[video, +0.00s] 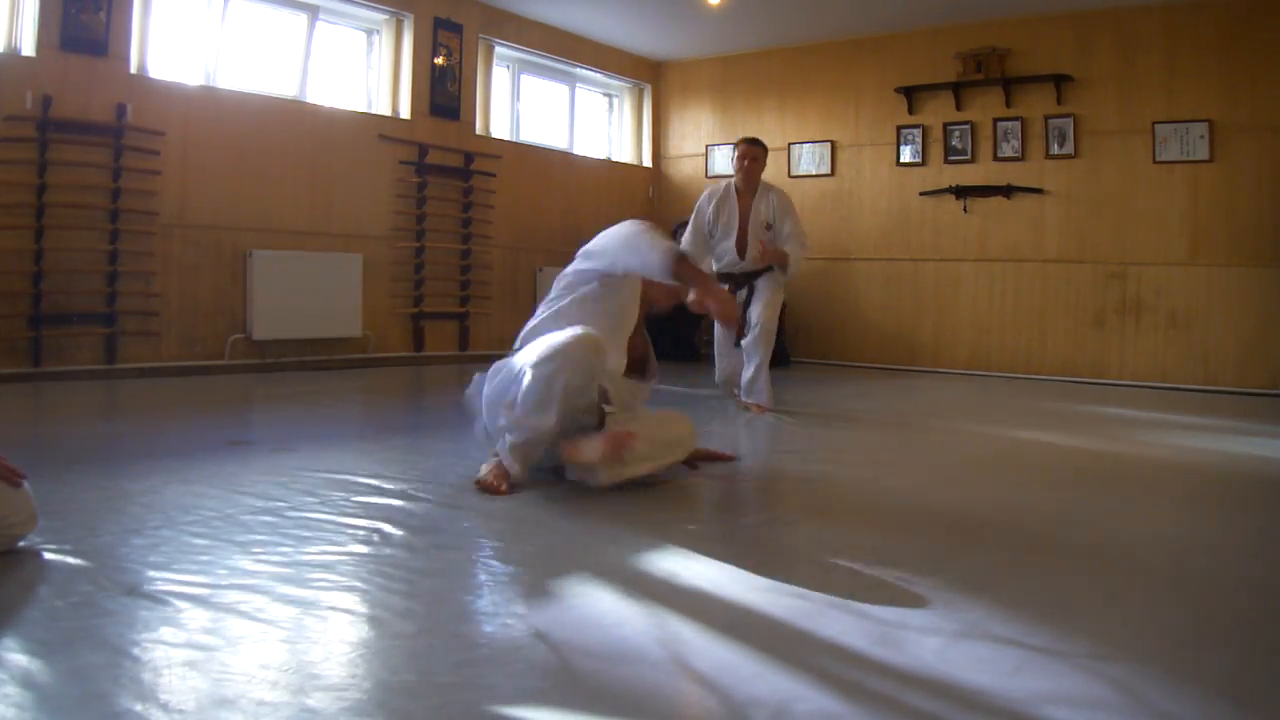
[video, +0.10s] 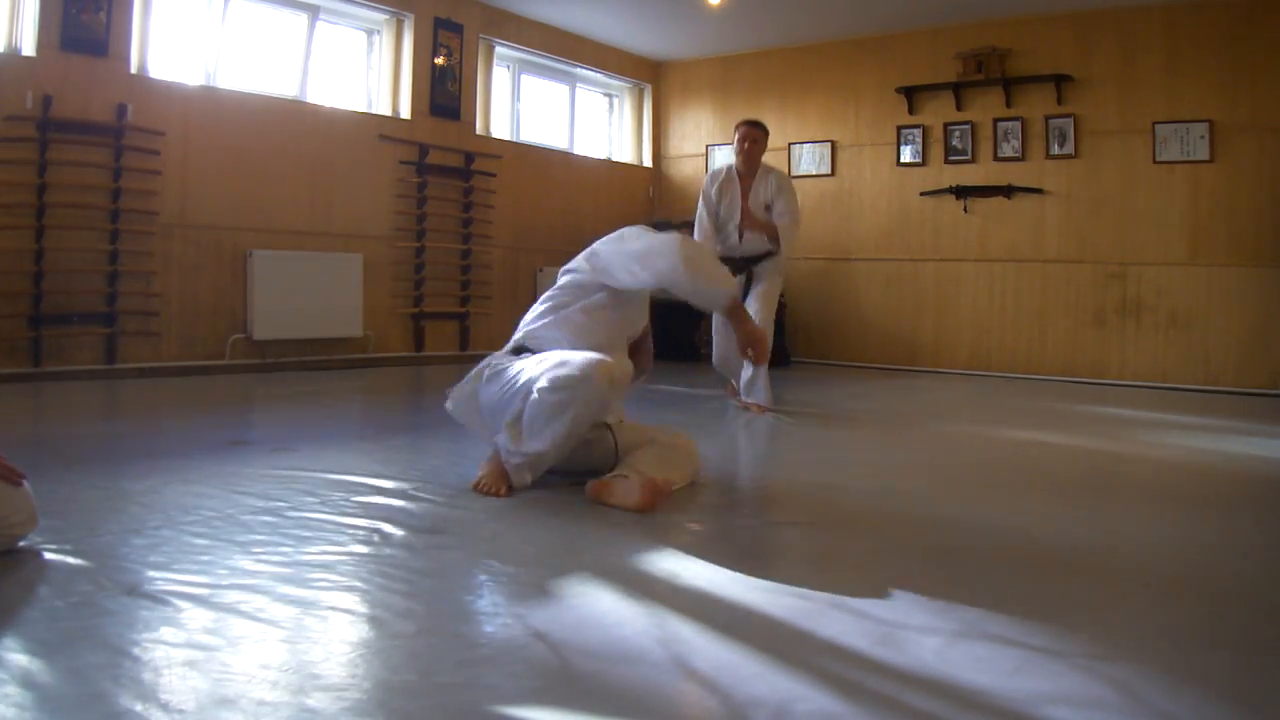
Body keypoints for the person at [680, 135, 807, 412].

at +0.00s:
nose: (745, 164)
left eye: (753, 160)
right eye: (741, 158)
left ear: (763, 165)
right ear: (734, 162)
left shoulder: (776, 199)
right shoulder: (713, 198)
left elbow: (796, 251)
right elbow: (691, 248)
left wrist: (778, 256)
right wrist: (695, 286)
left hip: (766, 274)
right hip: (725, 276)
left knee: (763, 320)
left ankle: (754, 394)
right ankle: (735, 386)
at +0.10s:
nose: (746, 146)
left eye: (754, 141)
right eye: (741, 140)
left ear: (765, 147)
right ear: (734, 144)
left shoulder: (777, 181)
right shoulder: (716, 180)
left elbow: (790, 229)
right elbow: (703, 228)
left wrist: (760, 224)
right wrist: (709, 269)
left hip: (765, 262)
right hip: (724, 263)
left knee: (759, 323)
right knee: (720, 353)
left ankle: (755, 395)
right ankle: (739, 380)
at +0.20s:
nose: (747, 127)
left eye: (754, 123)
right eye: (742, 122)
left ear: (764, 129)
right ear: (733, 125)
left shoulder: (777, 160)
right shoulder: (716, 162)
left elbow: (785, 202)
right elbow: (709, 207)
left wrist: (756, 196)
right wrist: (733, 243)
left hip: (763, 246)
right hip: (724, 245)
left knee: (757, 316)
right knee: (716, 311)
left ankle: (757, 395)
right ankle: (736, 382)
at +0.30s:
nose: (744, 115)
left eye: (752, 111)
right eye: (739, 109)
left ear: (762, 116)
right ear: (731, 112)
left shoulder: (775, 148)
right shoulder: (715, 148)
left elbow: (781, 188)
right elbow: (710, 198)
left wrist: (748, 175)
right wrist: (741, 219)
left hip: (760, 240)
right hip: (722, 240)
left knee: (755, 317)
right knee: (720, 312)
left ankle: (755, 394)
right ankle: (723, 385)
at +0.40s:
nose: (739, 109)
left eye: (747, 104)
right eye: (734, 102)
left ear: (759, 109)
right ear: (726, 106)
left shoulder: (773, 141)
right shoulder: (714, 142)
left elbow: (779, 181)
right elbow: (704, 183)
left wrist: (750, 167)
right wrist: (738, 209)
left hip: (758, 234)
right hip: (719, 233)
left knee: (754, 312)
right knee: (717, 309)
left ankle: (755, 393)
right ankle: (719, 386)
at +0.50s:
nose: (736, 108)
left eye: (744, 104)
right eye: (731, 102)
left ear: (755, 109)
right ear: (724, 105)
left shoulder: (770, 139)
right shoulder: (712, 140)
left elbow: (775, 179)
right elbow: (698, 176)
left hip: (756, 229)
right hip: (715, 228)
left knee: (756, 303)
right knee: (716, 301)